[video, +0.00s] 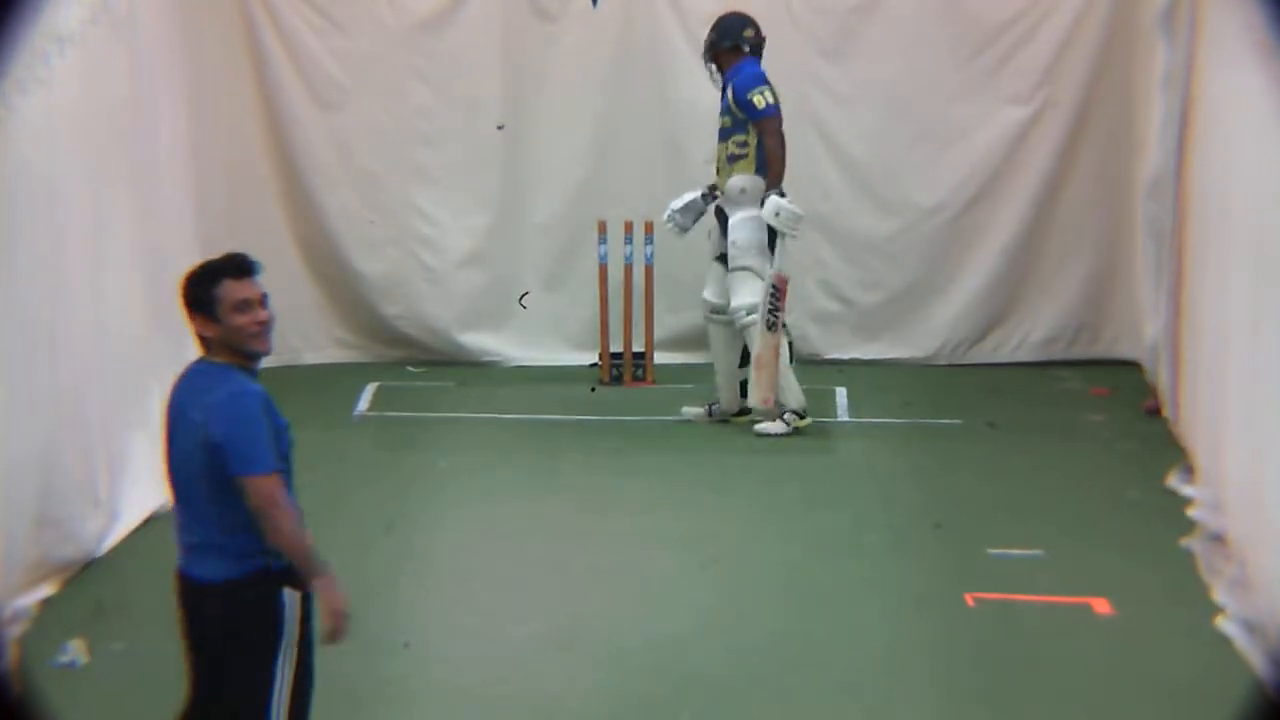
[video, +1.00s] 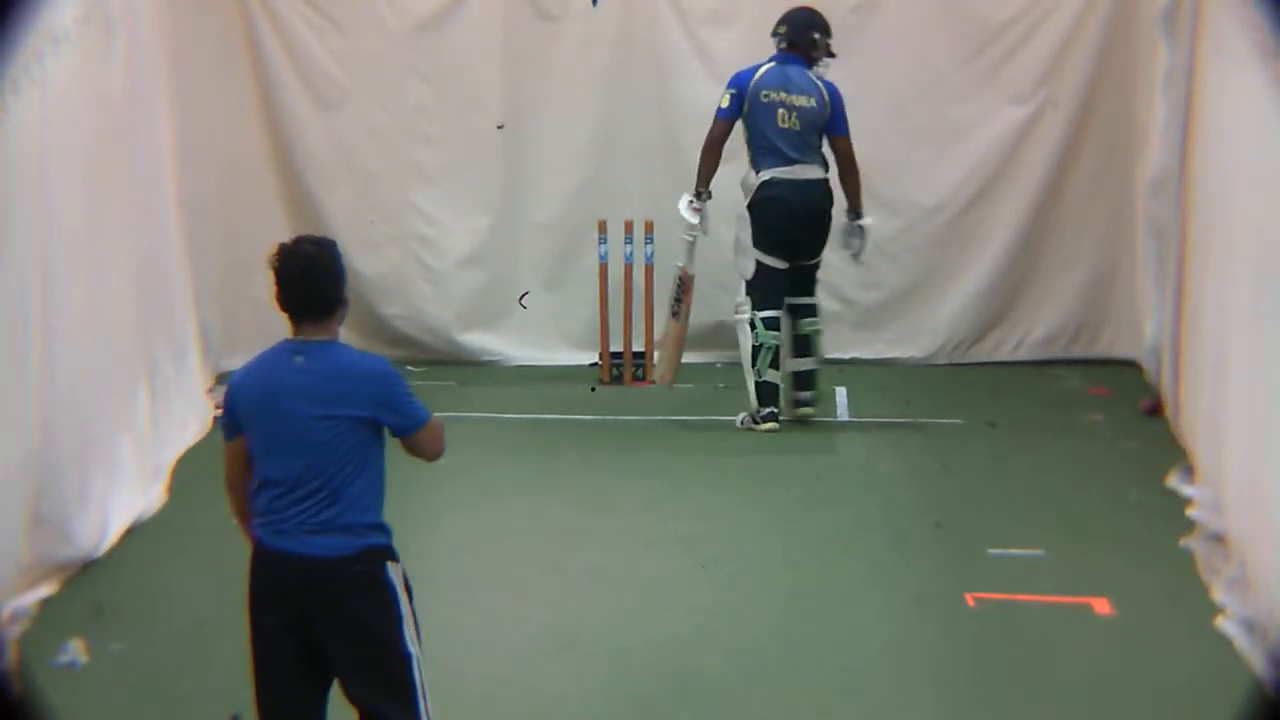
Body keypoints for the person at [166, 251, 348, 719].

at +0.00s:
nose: (263, 317)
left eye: (263, 302)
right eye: (244, 309)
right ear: (204, 325)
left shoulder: (192, 386)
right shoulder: (240, 399)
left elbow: (198, 495)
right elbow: (269, 507)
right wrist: (321, 578)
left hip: (205, 585)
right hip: (257, 588)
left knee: (212, 705)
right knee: (269, 709)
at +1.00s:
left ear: (279, 301)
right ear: (344, 296)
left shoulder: (248, 380)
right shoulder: (370, 374)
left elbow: (237, 482)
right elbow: (431, 445)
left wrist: (261, 539)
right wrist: (391, 402)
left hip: (276, 574)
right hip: (357, 575)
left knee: (285, 709)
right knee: (395, 707)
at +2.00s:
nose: (401, 282)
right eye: (396, 275)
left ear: (338, 290)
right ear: (398, 287)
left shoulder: (310, 360)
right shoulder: (422, 352)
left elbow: (263, 455)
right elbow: (477, 416)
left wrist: (263, 506)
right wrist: (431, 338)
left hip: (333, 565)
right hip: (410, 564)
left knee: (322, 704)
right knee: (421, 703)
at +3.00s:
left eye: (386, 285)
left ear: (384, 299)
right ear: (446, 300)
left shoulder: (347, 378)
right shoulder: (476, 379)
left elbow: (315, 479)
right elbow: (511, 475)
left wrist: (323, 549)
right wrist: (508, 544)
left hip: (371, 576)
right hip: (450, 578)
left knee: (347, 706)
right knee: (437, 708)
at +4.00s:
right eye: (406, 298)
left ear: (346, 311)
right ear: (407, 310)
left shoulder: (308, 381)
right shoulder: (431, 373)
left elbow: (278, 477)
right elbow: (476, 461)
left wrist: (338, 473)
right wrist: (435, 478)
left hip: (310, 565)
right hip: (383, 565)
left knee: (307, 703)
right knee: (391, 704)